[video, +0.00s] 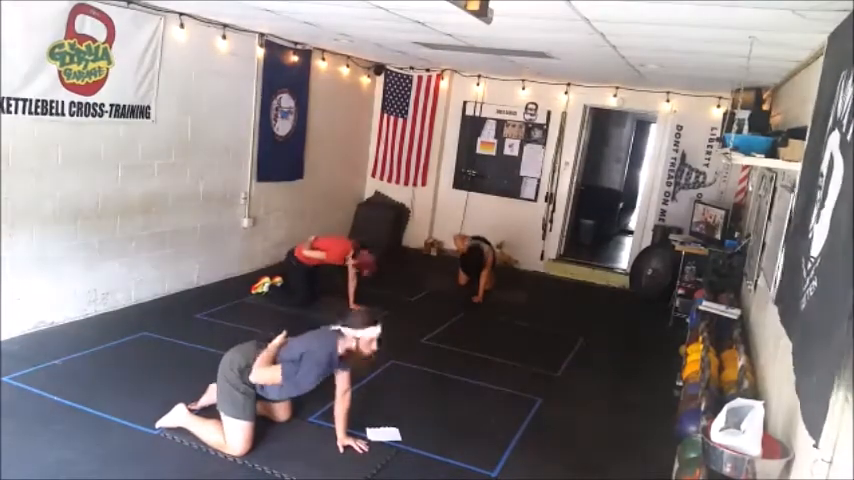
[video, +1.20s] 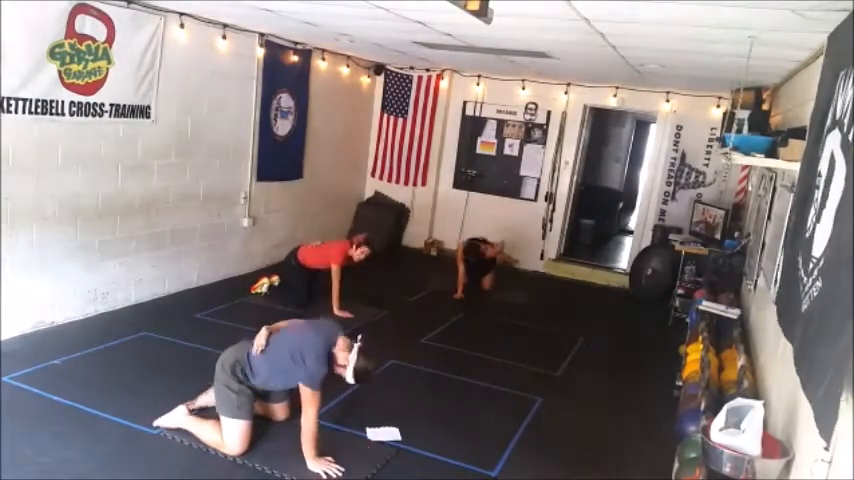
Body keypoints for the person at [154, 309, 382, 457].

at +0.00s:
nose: (375, 346)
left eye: (377, 340)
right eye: (373, 340)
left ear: (355, 333)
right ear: (355, 335)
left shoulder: (341, 343)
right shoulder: (317, 360)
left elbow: (343, 391)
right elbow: (257, 375)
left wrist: (343, 435)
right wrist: (274, 345)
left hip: (262, 355)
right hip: (238, 368)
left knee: (281, 412)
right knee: (237, 446)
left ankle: (221, 395)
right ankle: (183, 417)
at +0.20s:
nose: (370, 353)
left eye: (373, 348)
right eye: (368, 348)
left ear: (352, 335)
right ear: (350, 340)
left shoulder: (344, 340)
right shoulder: (311, 354)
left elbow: (345, 390)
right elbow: (251, 366)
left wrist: (342, 434)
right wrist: (268, 339)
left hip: (271, 364)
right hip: (239, 369)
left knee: (281, 413)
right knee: (236, 446)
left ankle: (220, 397)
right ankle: (183, 417)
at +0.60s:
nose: (373, 356)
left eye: (376, 350)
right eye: (370, 350)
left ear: (354, 336)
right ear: (354, 343)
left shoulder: (343, 338)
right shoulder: (316, 365)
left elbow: (342, 393)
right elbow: (257, 377)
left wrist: (342, 435)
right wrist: (271, 347)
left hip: (260, 356)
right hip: (235, 370)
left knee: (282, 413)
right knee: (236, 445)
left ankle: (220, 397)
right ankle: (183, 417)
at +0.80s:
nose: (366, 359)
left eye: (370, 355)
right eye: (364, 354)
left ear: (350, 338)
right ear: (349, 344)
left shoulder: (338, 337)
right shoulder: (313, 360)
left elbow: (339, 390)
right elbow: (267, 393)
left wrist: (342, 435)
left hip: (257, 354)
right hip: (235, 370)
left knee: (283, 412)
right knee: (236, 445)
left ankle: (218, 395)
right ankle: (182, 417)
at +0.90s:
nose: (362, 355)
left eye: (367, 350)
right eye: (359, 349)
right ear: (343, 339)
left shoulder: (330, 333)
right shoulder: (309, 356)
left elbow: (316, 361)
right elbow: (306, 413)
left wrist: (320, 387)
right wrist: (311, 458)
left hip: (260, 357)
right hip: (237, 370)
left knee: (281, 411)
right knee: (236, 445)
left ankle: (221, 395)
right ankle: (182, 417)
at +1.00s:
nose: (368, 362)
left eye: (373, 358)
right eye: (367, 355)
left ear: (354, 338)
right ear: (353, 341)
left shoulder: (338, 334)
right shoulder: (318, 358)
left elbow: (301, 334)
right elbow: (311, 413)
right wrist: (312, 458)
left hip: (266, 359)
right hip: (240, 366)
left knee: (281, 411)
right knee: (234, 445)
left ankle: (221, 395)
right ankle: (177, 420)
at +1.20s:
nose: (339, 372)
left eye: (343, 374)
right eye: (344, 372)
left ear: (353, 346)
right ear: (347, 361)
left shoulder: (335, 328)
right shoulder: (315, 363)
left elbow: (298, 323)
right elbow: (310, 414)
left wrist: (269, 329)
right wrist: (311, 458)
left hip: (262, 357)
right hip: (235, 367)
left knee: (280, 410)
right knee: (234, 445)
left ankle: (219, 398)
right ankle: (182, 418)